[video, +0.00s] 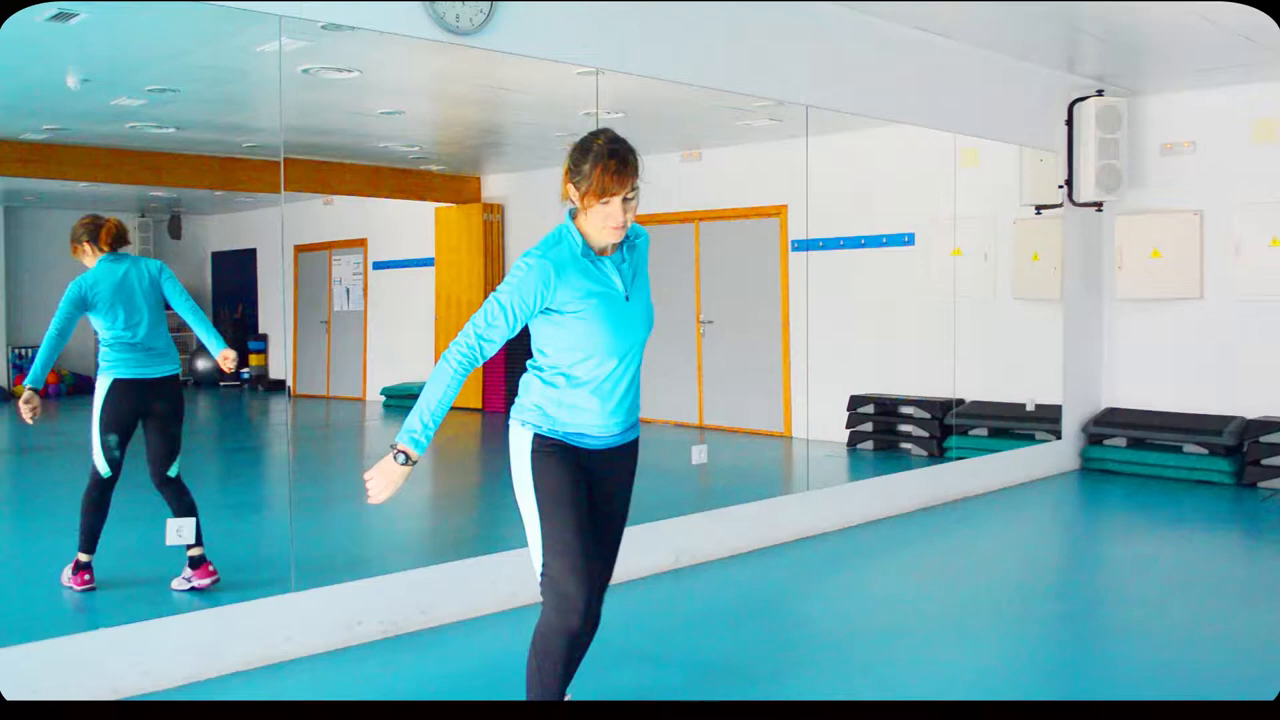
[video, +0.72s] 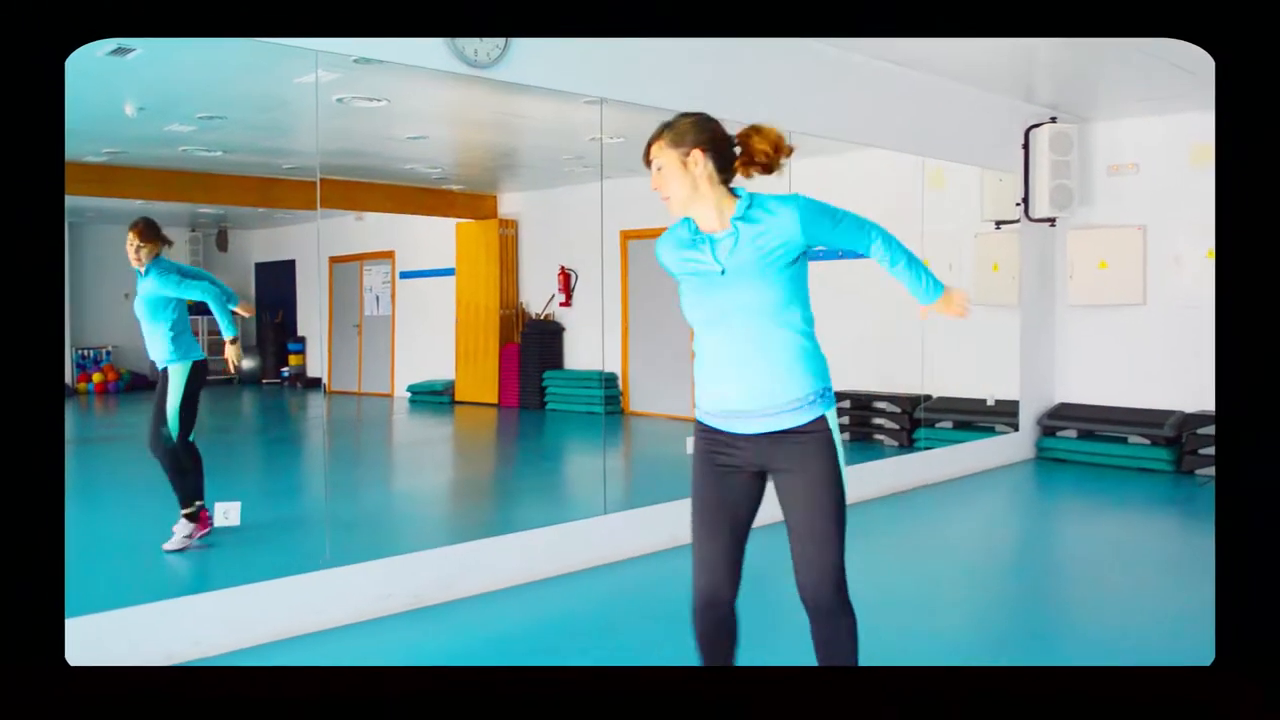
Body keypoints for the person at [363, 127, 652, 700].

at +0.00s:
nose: (621, 215)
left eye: (628, 199)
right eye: (607, 201)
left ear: (636, 196)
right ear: (575, 197)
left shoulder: (636, 244)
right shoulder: (544, 268)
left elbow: (619, 331)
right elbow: (466, 349)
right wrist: (405, 451)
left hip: (617, 445)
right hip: (548, 443)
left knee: (587, 610)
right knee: (569, 605)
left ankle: (548, 694)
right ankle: (543, 699)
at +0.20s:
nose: (612, 190)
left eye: (619, 171)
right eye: (593, 179)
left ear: (631, 171)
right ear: (569, 188)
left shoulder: (646, 229)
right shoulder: (553, 265)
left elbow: (637, 324)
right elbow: (483, 350)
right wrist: (441, 447)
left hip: (638, 434)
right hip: (570, 438)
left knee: (668, 589)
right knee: (580, 597)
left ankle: (595, 681)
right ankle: (550, 694)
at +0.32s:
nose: (614, 177)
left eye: (620, 158)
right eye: (596, 169)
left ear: (639, 159)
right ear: (579, 184)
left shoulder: (668, 225)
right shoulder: (569, 261)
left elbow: (660, 323)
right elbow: (510, 349)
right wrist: (479, 444)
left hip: (665, 436)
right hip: (591, 444)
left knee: (715, 584)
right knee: (589, 601)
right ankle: (552, 689)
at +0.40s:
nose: (622, 181)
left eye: (627, 163)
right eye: (603, 176)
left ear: (647, 164)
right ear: (589, 192)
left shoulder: (688, 230)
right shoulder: (583, 269)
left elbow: (709, 302)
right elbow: (529, 354)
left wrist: (733, 357)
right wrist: (504, 445)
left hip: (688, 446)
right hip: (608, 450)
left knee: (740, 599)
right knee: (606, 603)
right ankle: (561, 682)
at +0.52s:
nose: (627, 196)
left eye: (634, 177)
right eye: (615, 191)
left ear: (670, 172)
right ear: (611, 205)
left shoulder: (737, 239)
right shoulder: (613, 276)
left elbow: (785, 285)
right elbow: (575, 350)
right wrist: (555, 420)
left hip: (734, 461)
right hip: (649, 464)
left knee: (786, 608)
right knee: (631, 603)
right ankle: (578, 676)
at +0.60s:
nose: (629, 196)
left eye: (635, 177)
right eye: (622, 187)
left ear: (678, 169)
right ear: (626, 200)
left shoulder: (762, 229)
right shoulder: (637, 268)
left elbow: (831, 262)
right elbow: (614, 336)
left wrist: (887, 300)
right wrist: (615, 397)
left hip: (771, 448)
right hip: (685, 453)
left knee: (809, 607)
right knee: (657, 595)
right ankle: (611, 670)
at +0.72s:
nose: (653, 184)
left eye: (658, 167)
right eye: (650, 170)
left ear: (697, 160)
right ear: (692, 164)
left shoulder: (789, 220)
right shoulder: (672, 249)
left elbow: (874, 239)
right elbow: (719, 310)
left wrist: (932, 292)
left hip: (800, 435)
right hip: (718, 441)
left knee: (822, 592)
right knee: (710, 598)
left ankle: (844, 684)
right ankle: (718, 675)